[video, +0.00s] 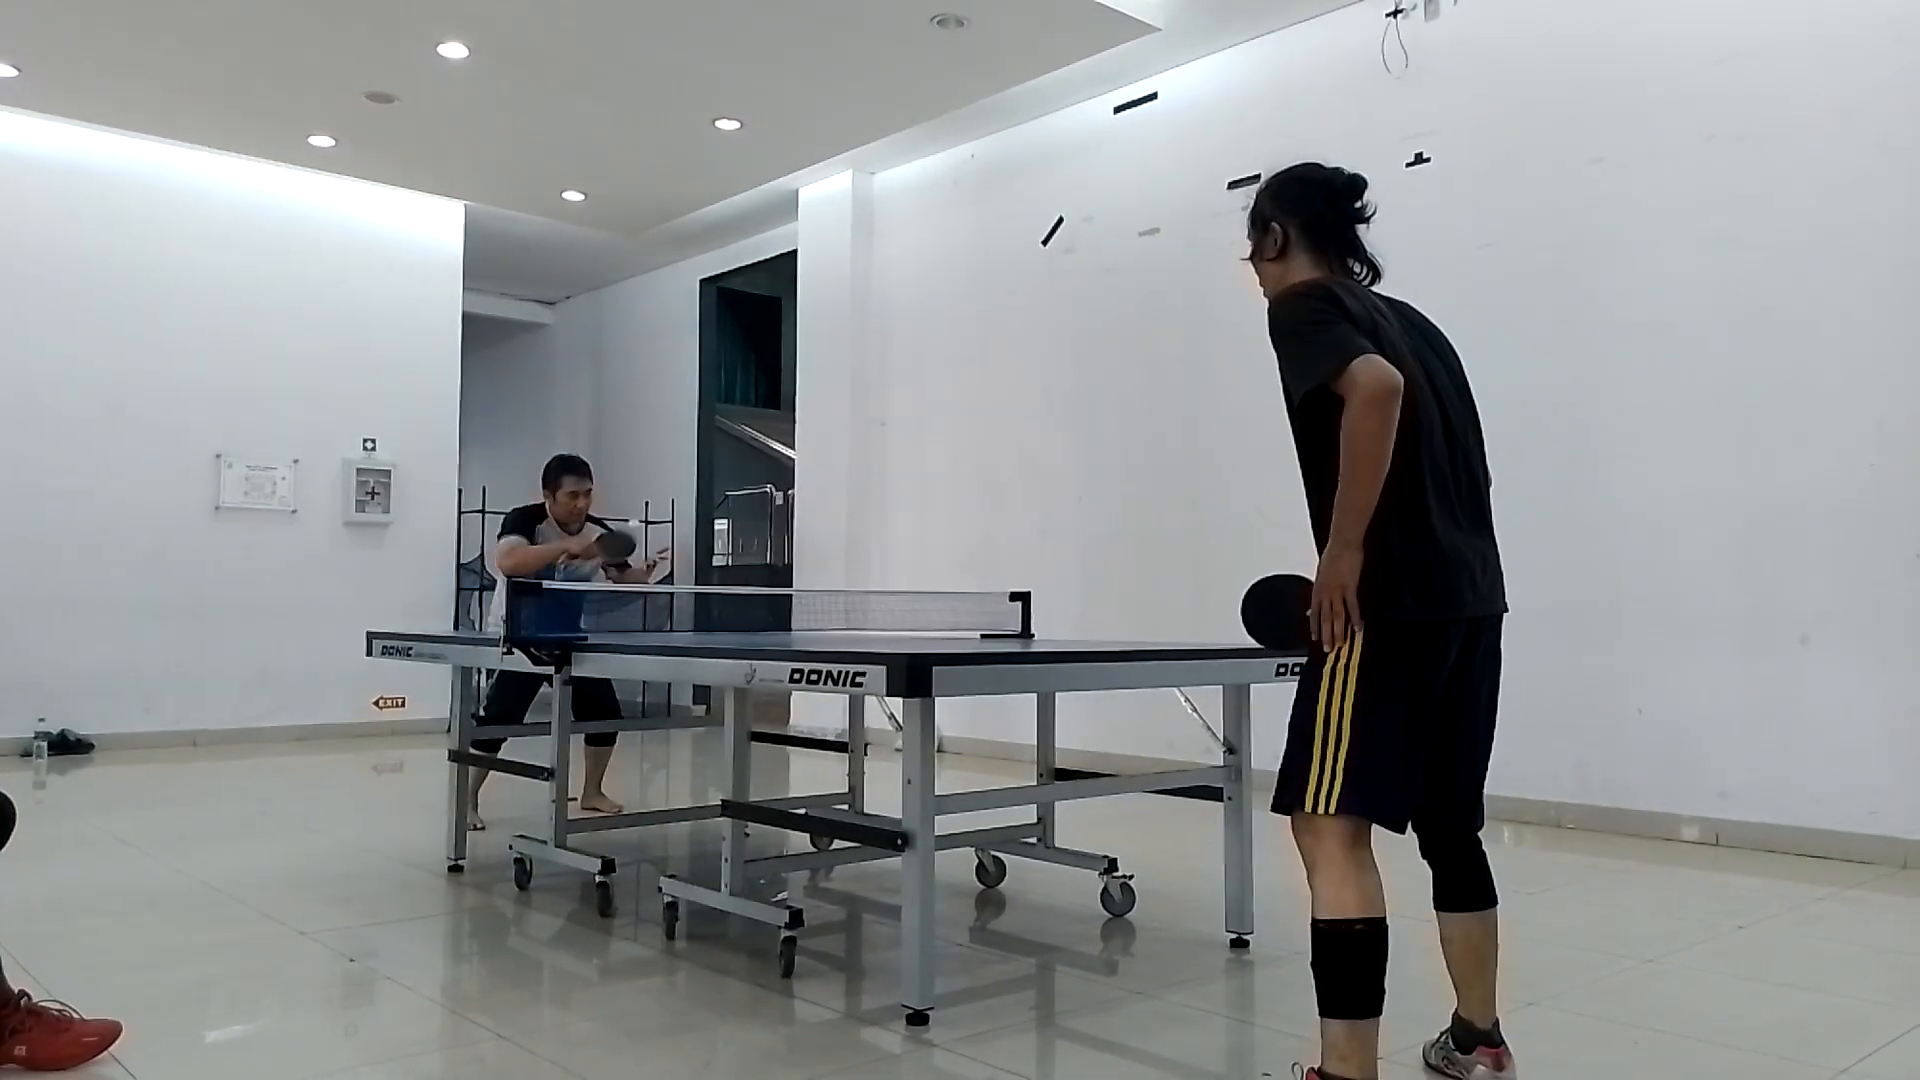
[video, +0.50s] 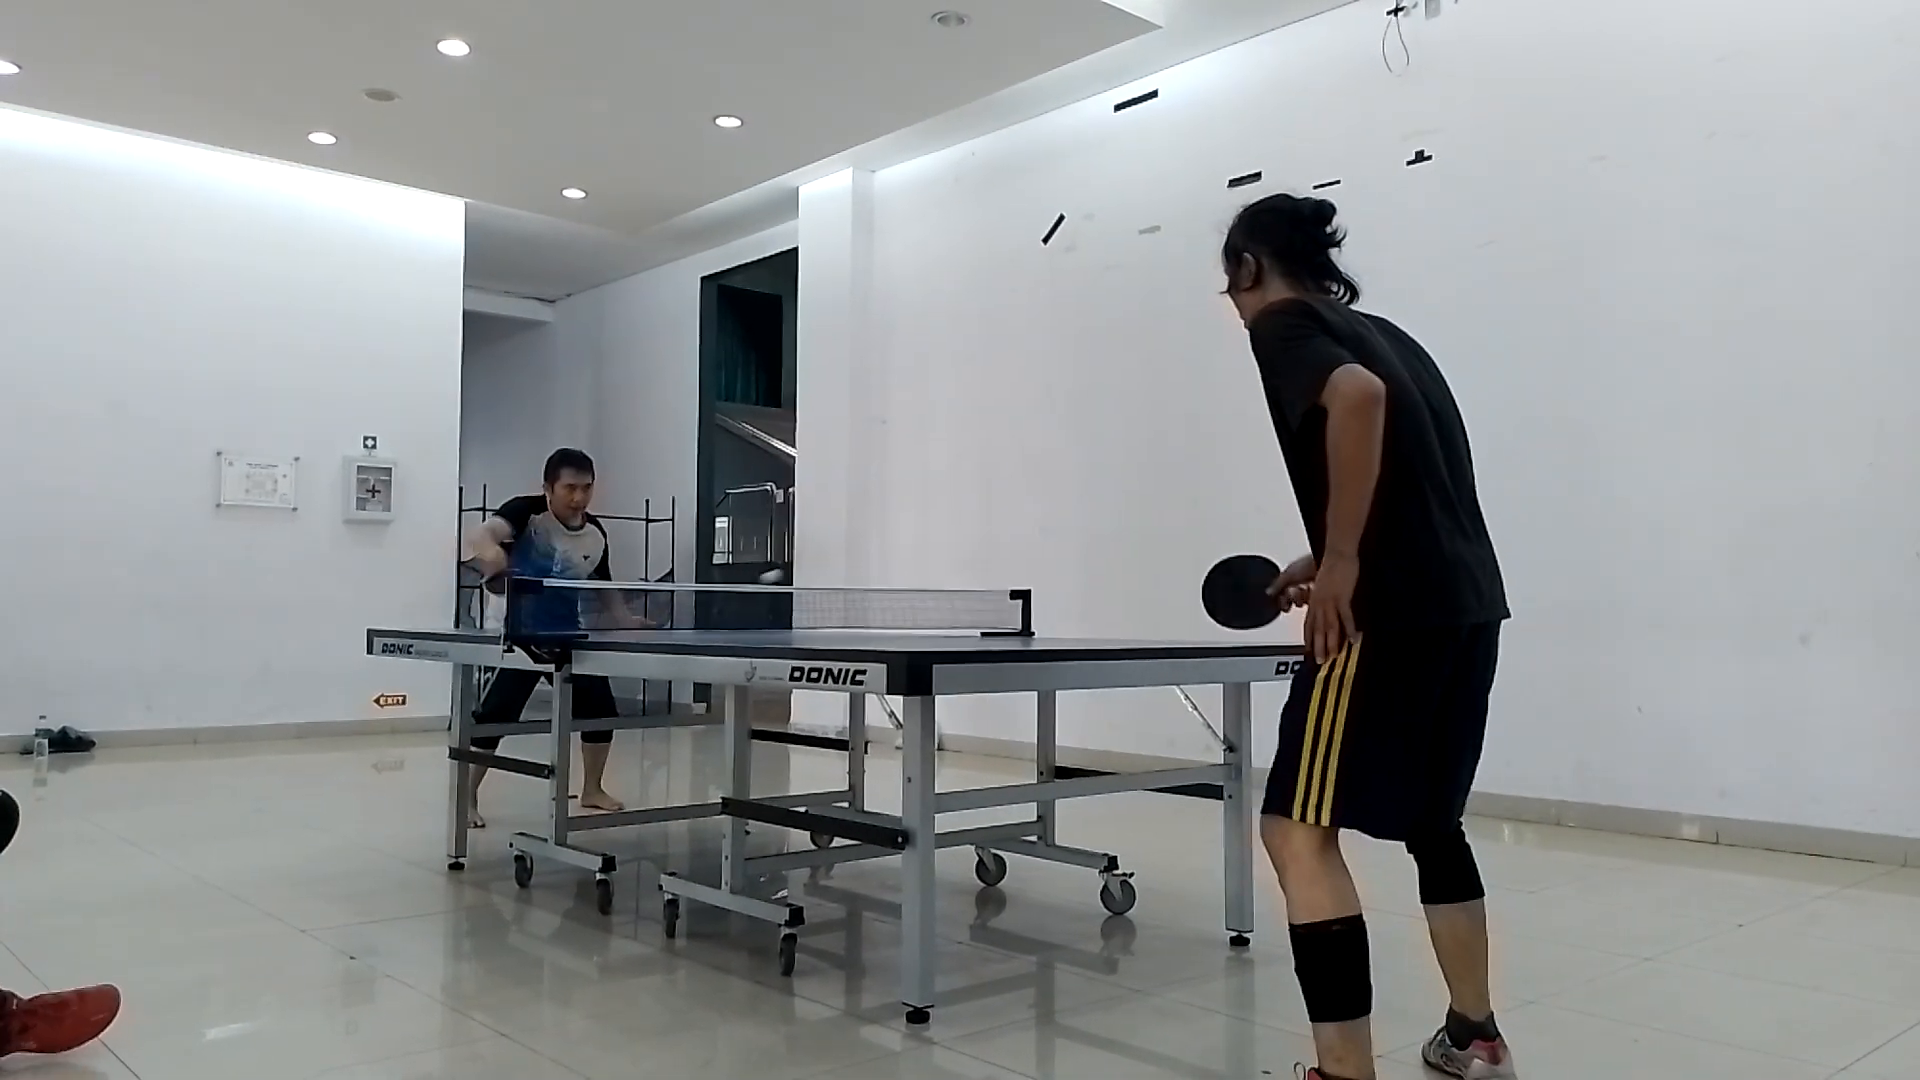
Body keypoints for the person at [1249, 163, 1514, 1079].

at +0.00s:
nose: (1258, 274)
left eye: (1256, 256)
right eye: (1254, 259)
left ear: (1279, 242)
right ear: (1348, 243)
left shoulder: (1305, 308)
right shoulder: (1414, 322)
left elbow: (1374, 383)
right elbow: (1456, 474)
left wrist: (1342, 547)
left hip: (1383, 605)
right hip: (1468, 607)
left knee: (1325, 822)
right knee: (1450, 821)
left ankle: (1345, 1066)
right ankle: (1478, 1035)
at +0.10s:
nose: (1261, 278)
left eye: (1259, 261)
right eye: (1258, 262)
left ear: (1281, 246)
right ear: (1349, 247)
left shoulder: (1306, 311)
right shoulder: (1413, 325)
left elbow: (1377, 385)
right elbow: (1452, 478)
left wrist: (1347, 550)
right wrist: (1351, 582)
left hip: (1387, 603)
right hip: (1473, 603)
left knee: (1325, 819)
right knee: (1451, 823)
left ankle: (1346, 1065)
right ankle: (1478, 1037)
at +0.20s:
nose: (1256, 285)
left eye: (1255, 267)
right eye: (1253, 269)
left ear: (1277, 254)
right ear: (1343, 253)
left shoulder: (1308, 316)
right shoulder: (1406, 329)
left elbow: (1385, 383)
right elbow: (1445, 484)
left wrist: (1355, 554)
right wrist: (1345, 586)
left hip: (1397, 602)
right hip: (1478, 602)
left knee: (1305, 807)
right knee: (1449, 821)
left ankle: (1335, 1060)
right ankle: (1476, 1037)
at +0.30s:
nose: (1254, 288)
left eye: (1253, 270)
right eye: (1252, 272)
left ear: (1276, 258)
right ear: (1341, 257)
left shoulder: (1310, 319)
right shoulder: (1402, 331)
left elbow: (1393, 383)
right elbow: (1441, 489)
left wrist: (1367, 553)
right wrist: (1346, 577)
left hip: (1405, 606)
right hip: (1481, 606)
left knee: (1299, 803)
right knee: (1447, 820)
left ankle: (1339, 1057)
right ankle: (1479, 1035)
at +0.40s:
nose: (1245, 299)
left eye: (1244, 281)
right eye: (1241, 284)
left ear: (1265, 264)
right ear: (1331, 264)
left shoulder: (1298, 324)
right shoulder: (1394, 336)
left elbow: (1380, 390)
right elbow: (1433, 493)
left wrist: (1355, 560)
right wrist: (1333, 571)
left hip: (1394, 610)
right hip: (1471, 608)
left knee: (1303, 823)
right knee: (1437, 822)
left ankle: (1343, 1067)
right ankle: (1475, 1037)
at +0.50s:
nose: (1234, 305)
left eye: (1231, 287)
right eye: (1229, 291)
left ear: (1252, 269)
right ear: (1323, 265)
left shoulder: (1283, 323)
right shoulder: (1387, 336)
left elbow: (1357, 393)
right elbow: (1415, 492)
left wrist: (1339, 559)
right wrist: (1312, 573)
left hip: (1383, 612)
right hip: (1467, 609)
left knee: (1294, 826)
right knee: (1434, 819)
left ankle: (1345, 1067)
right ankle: (1475, 1032)